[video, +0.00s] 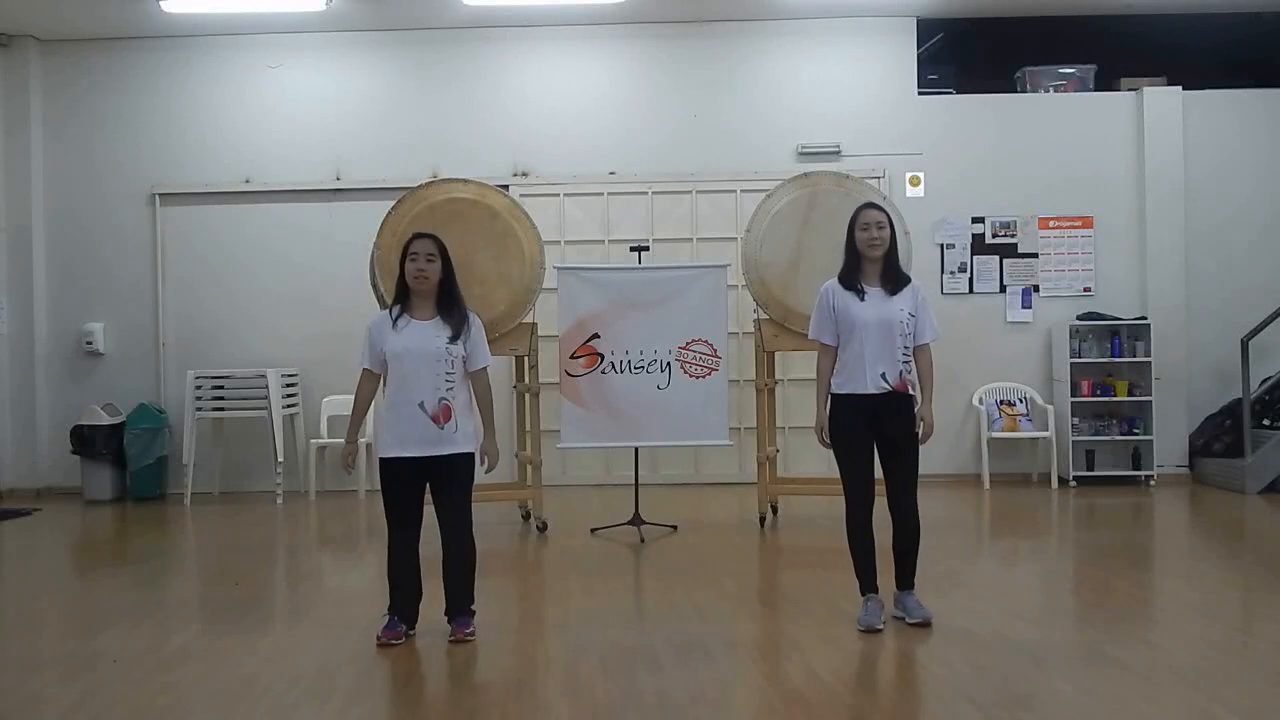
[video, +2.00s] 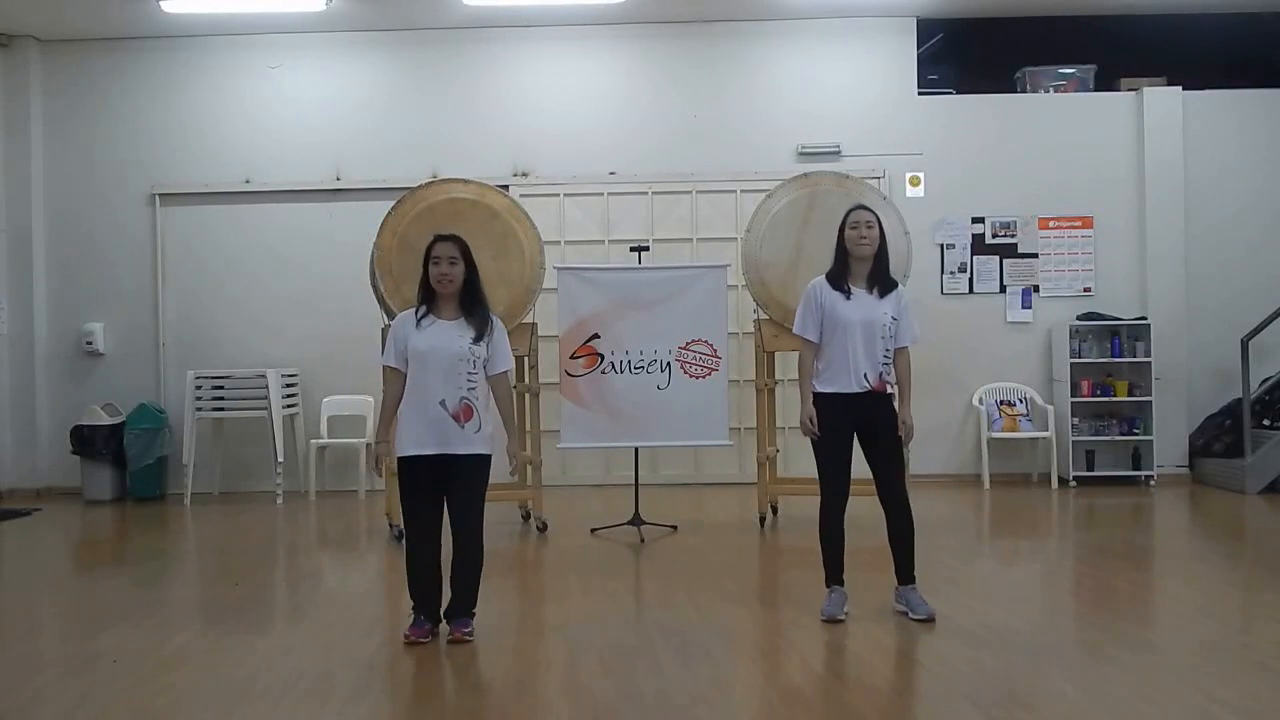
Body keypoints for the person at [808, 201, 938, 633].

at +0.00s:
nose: (873, 233)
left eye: (881, 227)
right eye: (865, 228)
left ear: (892, 235)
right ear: (852, 237)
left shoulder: (909, 290)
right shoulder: (834, 291)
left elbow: (922, 350)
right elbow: (826, 353)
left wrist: (926, 403)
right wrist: (821, 409)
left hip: (899, 407)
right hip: (849, 408)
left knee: (904, 503)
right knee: (859, 503)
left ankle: (905, 593)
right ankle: (870, 598)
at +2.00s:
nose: (862, 232)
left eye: (870, 226)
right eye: (854, 227)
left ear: (881, 237)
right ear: (842, 237)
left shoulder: (892, 294)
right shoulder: (821, 289)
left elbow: (901, 354)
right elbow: (807, 350)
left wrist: (905, 407)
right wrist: (806, 402)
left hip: (878, 405)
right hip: (830, 405)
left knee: (896, 497)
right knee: (833, 499)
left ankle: (907, 588)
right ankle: (835, 590)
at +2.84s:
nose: (881, 233)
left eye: (889, 225)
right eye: (873, 227)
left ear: (902, 234)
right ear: (862, 237)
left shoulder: (922, 289)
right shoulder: (846, 292)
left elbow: (939, 347)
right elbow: (838, 351)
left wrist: (963, 390)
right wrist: (819, 394)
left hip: (913, 407)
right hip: (862, 408)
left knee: (917, 503)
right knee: (860, 503)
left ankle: (914, 594)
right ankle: (846, 590)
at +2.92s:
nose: (882, 241)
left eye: (889, 234)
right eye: (874, 236)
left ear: (902, 241)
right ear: (863, 245)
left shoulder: (922, 296)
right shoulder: (846, 300)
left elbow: (951, 352)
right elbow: (830, 357)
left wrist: (973, 348)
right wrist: (797, 354)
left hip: (913, 412)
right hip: (862, 413)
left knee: (920, 506)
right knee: (859, 507)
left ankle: (915, 594)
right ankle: (864, 584)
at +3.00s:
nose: (881, 243)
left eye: (888, 236)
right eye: (873, 238)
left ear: (902, 243)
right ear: (862, 247)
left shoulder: (921, 295)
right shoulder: (845, 298)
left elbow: (953, 344)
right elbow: (820, 348)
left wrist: (964, 313)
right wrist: (798, 327)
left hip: (910, 413)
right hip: (860, 414)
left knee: (917, 507)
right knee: (851, 506)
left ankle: (915, 594)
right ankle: (866, 582)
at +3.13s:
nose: (874, 236)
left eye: (882, 229)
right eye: (866, 230)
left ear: (894, 237)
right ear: (855, 240)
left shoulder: (909, 288)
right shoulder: (839, 288)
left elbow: (925, 325)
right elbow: (814, 326)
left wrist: (919, 275)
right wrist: (806, 281)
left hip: (900, 407)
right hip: (850, 406)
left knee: (908, 504)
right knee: (828, 500)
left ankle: (915, 594)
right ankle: (823, 589)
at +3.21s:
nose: (865, 234)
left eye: (872, 228)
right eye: (857, 229)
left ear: (886, 236)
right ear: (847, 240)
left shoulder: (903, 287)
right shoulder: (835, 285)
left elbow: (899, 328)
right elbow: (815, 323)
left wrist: (879, 285)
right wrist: (822, 277)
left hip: (885, 405)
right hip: (835, 404)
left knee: (900, 502)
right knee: (815, 500)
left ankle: (914, 595)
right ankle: (787, 595)